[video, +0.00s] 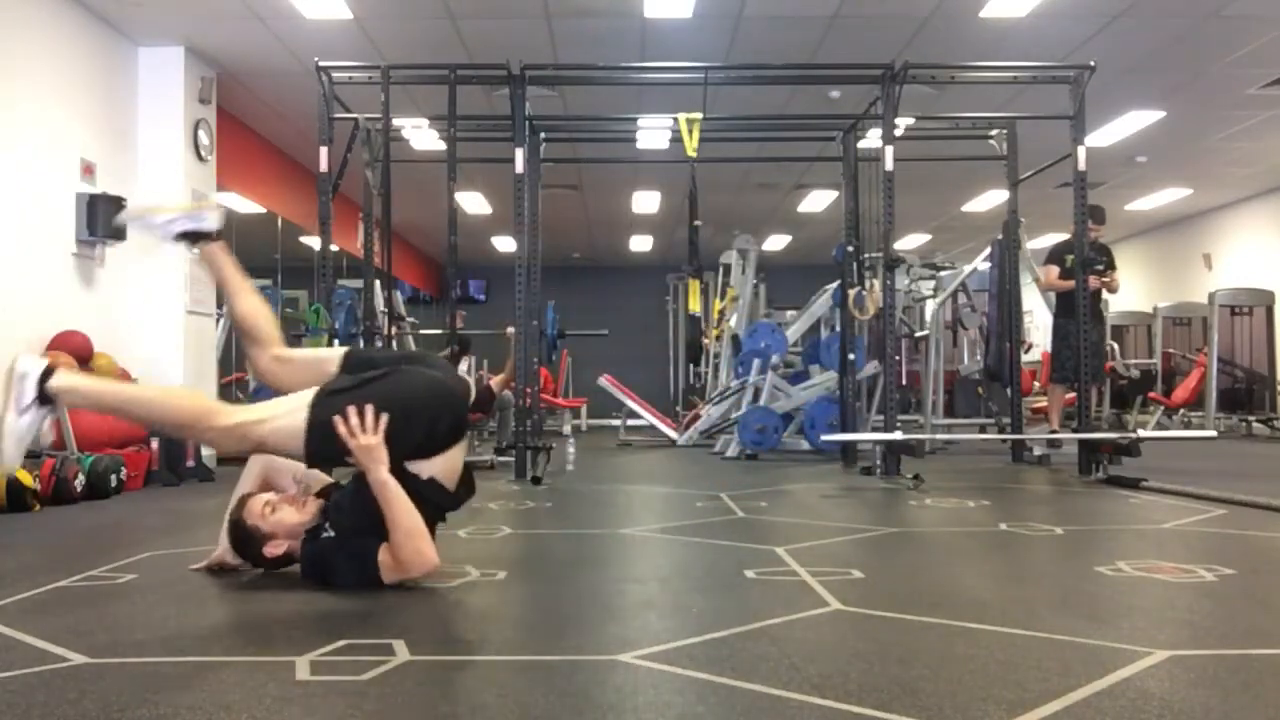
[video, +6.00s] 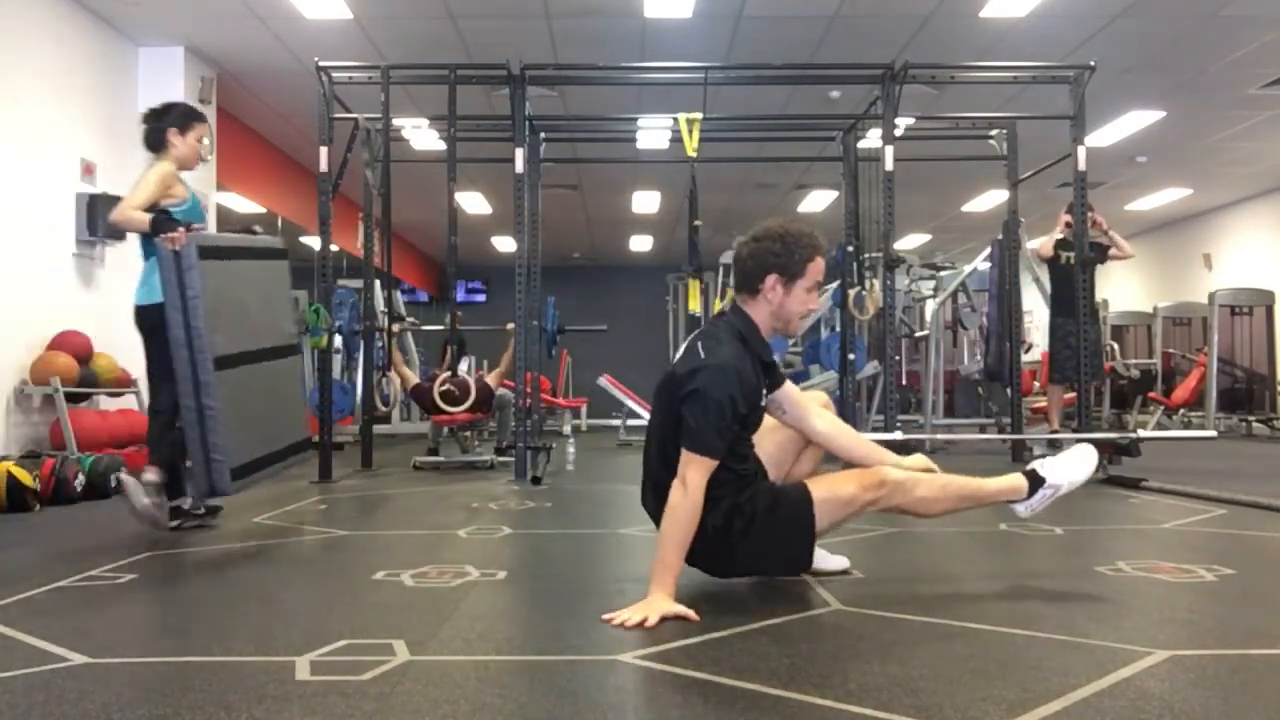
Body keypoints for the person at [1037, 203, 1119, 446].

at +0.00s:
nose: (1092, 235)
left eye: (1097, 230)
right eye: (1089, 229)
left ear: (1102, 229)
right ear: (1078, 225)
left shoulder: (1104, 252)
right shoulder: (1060, 250)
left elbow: (1114, 287)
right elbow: (1048, 283)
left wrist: (1107, 282)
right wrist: (1080, 283)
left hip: (1094, 320)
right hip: (1067, 319)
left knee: (1092, 375)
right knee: (1060, 376)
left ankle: (1087, 423)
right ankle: (1054, 427)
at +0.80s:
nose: (1067, 236)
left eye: (1069, 232)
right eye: (1064, 231)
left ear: (1069, 231)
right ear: (1050, 226)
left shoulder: (1069, 251)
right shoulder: (1031, 250)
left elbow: (1077, 278)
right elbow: (1025, 286)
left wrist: (1084, 280)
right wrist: (1063, 285)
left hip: (1065, 319)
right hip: (1040, 320)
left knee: (1075, 374)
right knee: (1038, 377)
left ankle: (1080, 421)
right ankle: (1038, 425)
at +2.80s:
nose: (1085, 226)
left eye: (1089, 221)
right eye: (1081, 221)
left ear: (1096, 222)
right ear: (1073, 221)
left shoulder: (1101, 251)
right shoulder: (1057, 250)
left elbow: (1111, 285)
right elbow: (1046, 283)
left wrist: (1102, 282)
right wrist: (1077, 284)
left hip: (1092, 319)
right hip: (1064, 320)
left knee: (1090, 375)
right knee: (1059, 376)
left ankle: (1086, 424)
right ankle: (1054, 427)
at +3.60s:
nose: (1078, 222)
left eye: (1082, 217)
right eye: (1073, 217)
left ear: (1088, 220)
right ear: (1065, 220)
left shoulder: (1097, 250)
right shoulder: (1052, 251)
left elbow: (1111, 285)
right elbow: (1034, 283)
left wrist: (1100, 274)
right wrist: (1051, 297)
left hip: (1090, 320)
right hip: (1063, 321)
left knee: (1090, 376)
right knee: (1058, 376)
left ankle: (1087, 425)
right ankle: (1054, 428)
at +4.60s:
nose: (1081, 223)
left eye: (1085, 218)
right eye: (1076, 219)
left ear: (1089, 220)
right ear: (1065, 221)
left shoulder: (1091, 250)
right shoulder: (1051, 252)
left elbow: (1111, 277)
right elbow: (1038, 281)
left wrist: (1096, 255)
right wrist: (1068, 266)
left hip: (1089, 320)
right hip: (1062, 320)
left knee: (1089, 376)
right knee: (1058, 377)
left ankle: (1087, 424)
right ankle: (1054, 428)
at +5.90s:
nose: (1081, 224)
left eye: (1086, 219)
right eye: (1076, 218)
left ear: (1091, 223)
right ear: (1067, 221)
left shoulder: (1093, 249)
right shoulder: (1057, 245)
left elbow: (1127, 255)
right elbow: (1043, 255)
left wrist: (1107, 232)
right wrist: (1059, 230)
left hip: (1088, 318)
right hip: (1063, 318)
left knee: (1088, 376)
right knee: (1058, 376)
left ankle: (1086, 424)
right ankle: (1055, 427)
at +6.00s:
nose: (1080, 223)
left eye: (1085, 217)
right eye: (1075, 217)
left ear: (1090, 222)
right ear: (1066, 220)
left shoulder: (1093, 248)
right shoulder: (1057, 245)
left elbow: (1128, 253)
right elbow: (1043, 253)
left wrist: (1106, 230)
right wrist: (1058, 229)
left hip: (1088, 318)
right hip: (1063, 317)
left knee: (1088, 376)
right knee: (1058, 376)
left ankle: (1086, 425)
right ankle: (1055, 427)